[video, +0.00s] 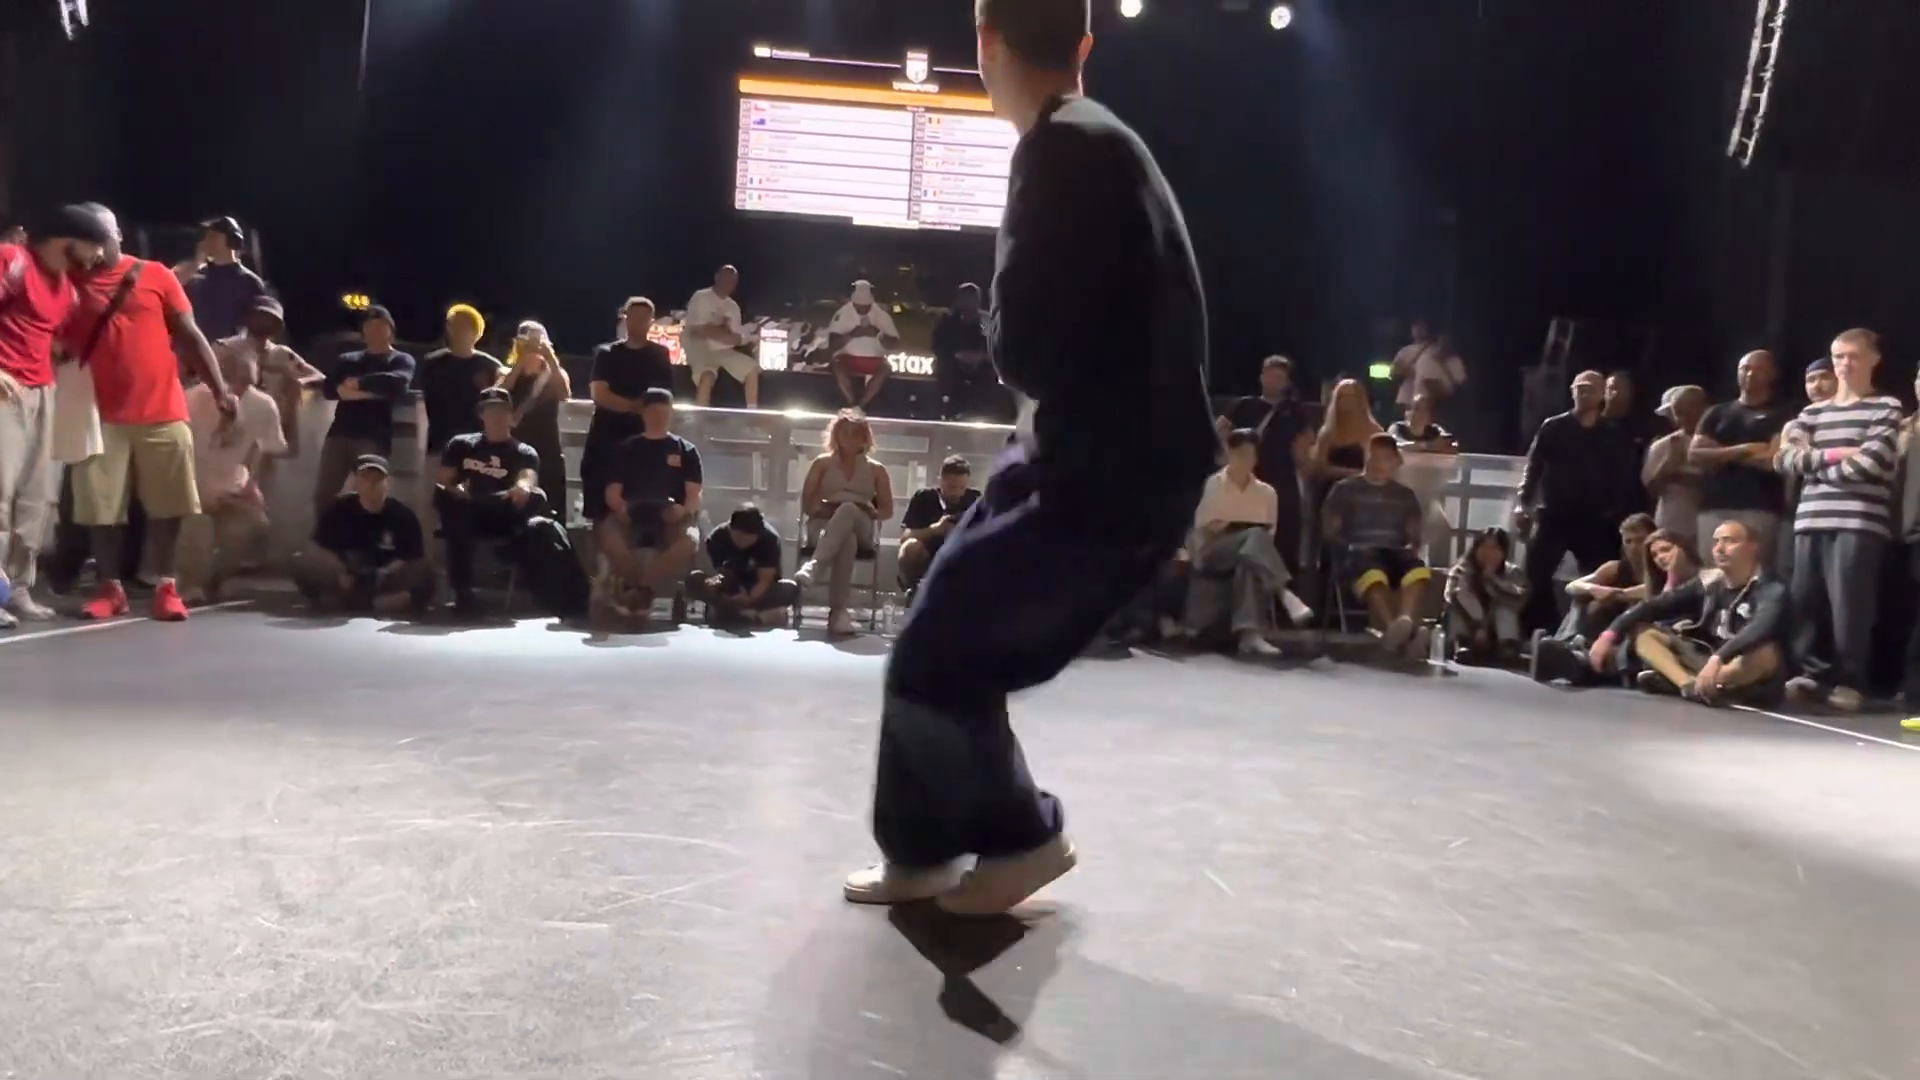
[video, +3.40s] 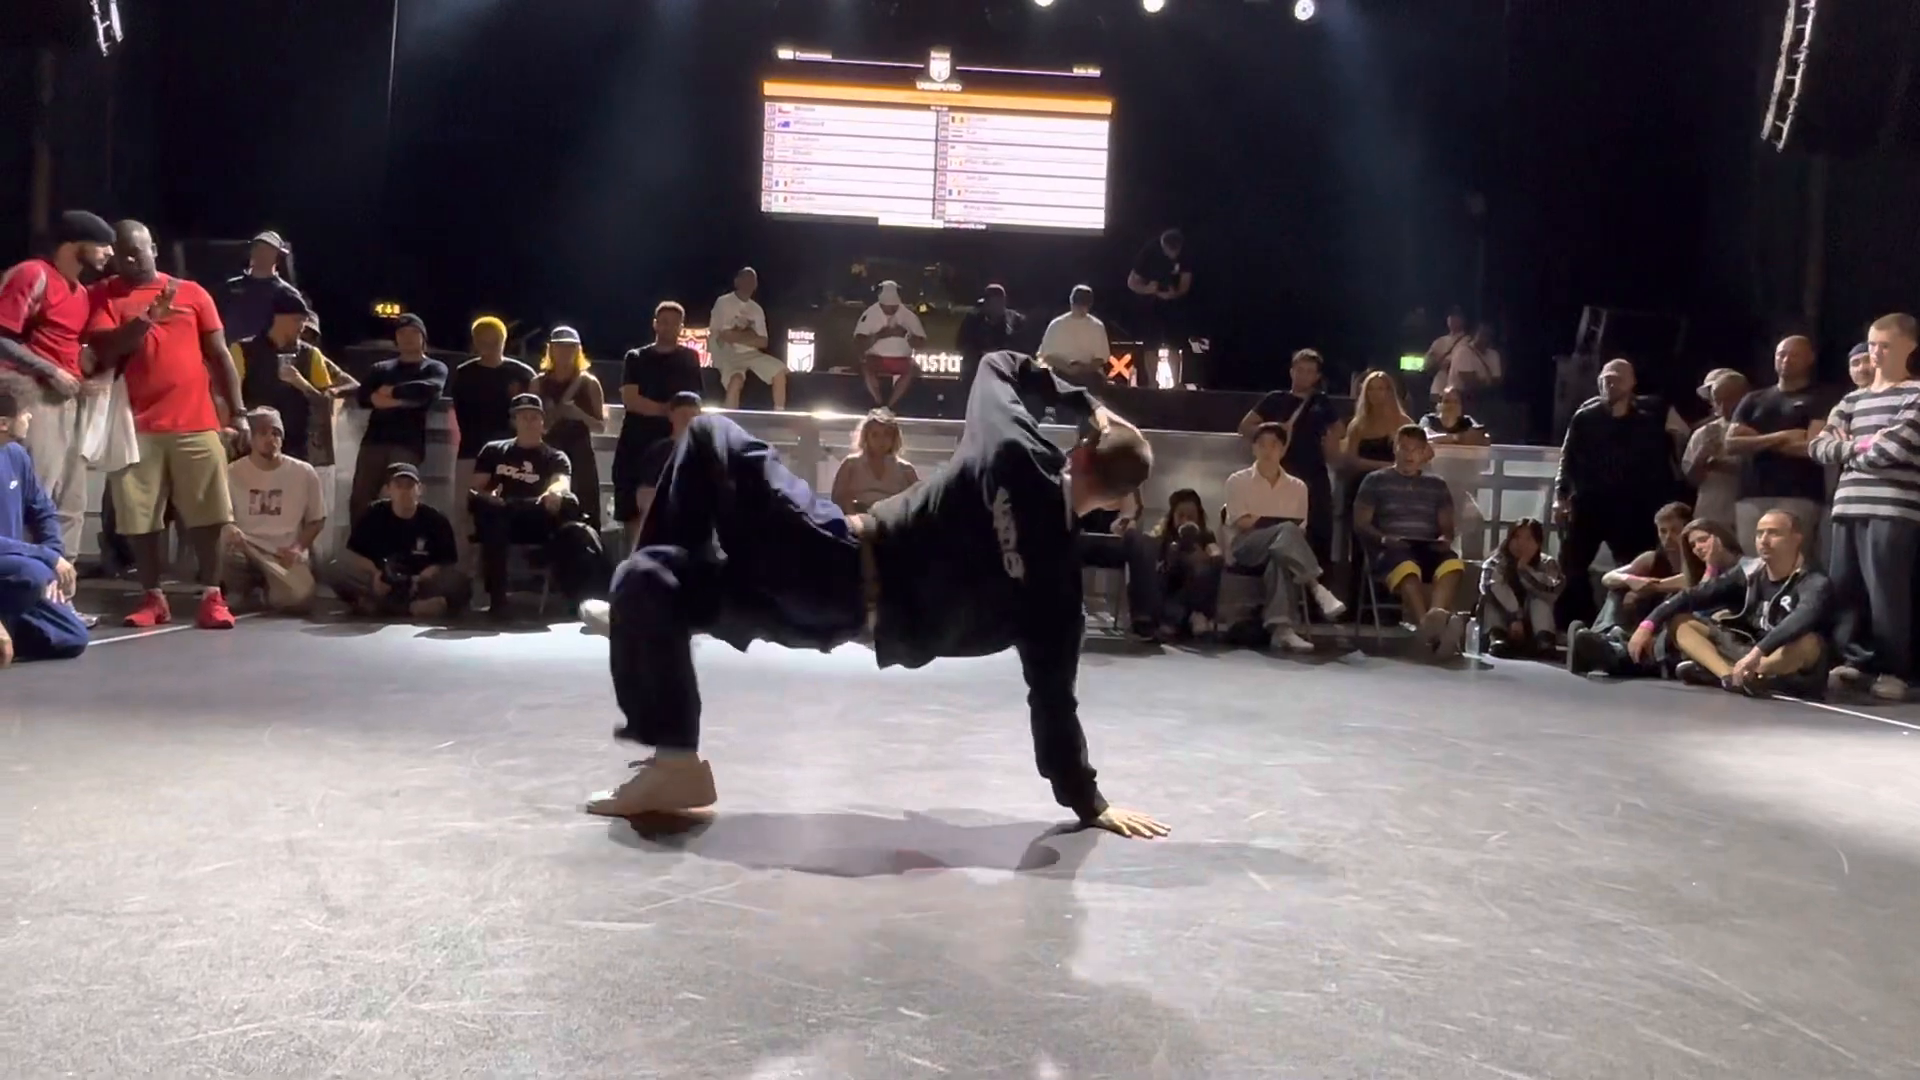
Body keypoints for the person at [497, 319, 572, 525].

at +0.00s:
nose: (535, 350)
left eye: (539, 345)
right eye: (529, 345)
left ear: (546, 347)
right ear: (518, 346)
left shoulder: (552, 375)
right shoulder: (508, 374)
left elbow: (564, 394)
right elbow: (496, 397)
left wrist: (551, 358)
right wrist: (518, 364)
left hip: (548, 449)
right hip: (516, 449)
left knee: (553, 511)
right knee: (516, 510)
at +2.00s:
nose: (546, 369)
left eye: (551, 364)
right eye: (540, 363)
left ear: (559, 367)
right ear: (531, 367)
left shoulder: (566, 395)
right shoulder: (524, 394)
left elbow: (577, 410)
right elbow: (513, 415)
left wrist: (564, 375)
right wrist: (530, 379)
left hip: (562, 465)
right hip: (532, 465)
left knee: (570, 523)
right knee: (532, 521)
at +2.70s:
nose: (553, 358)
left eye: (559, 353)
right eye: (548, 353)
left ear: (567, 357)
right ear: (541, 357)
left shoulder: (581, 389)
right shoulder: (530, 388)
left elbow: (587, 427)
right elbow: (528, 428)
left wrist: (570, 396)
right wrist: (547, 401)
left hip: (571, 459)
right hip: (541, 458)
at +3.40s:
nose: (564, 352)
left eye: (570, 347)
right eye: (559, 346)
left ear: (577, 351)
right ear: (550, 349)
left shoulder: (589, 383)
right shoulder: (538, 382)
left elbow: (601, 426)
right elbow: (533, 425)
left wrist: (579, 414)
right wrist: (552, 416)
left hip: (579, 450)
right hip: (547, 449)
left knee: (585, 509)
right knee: (547, 509)